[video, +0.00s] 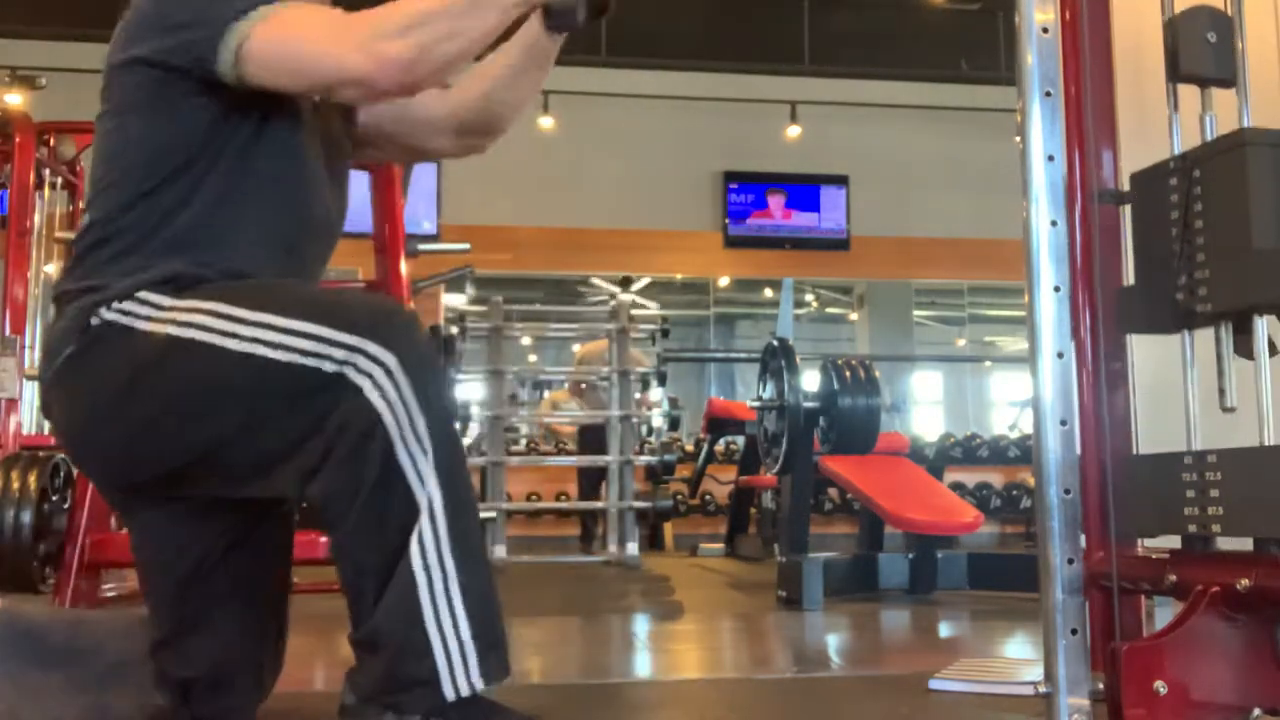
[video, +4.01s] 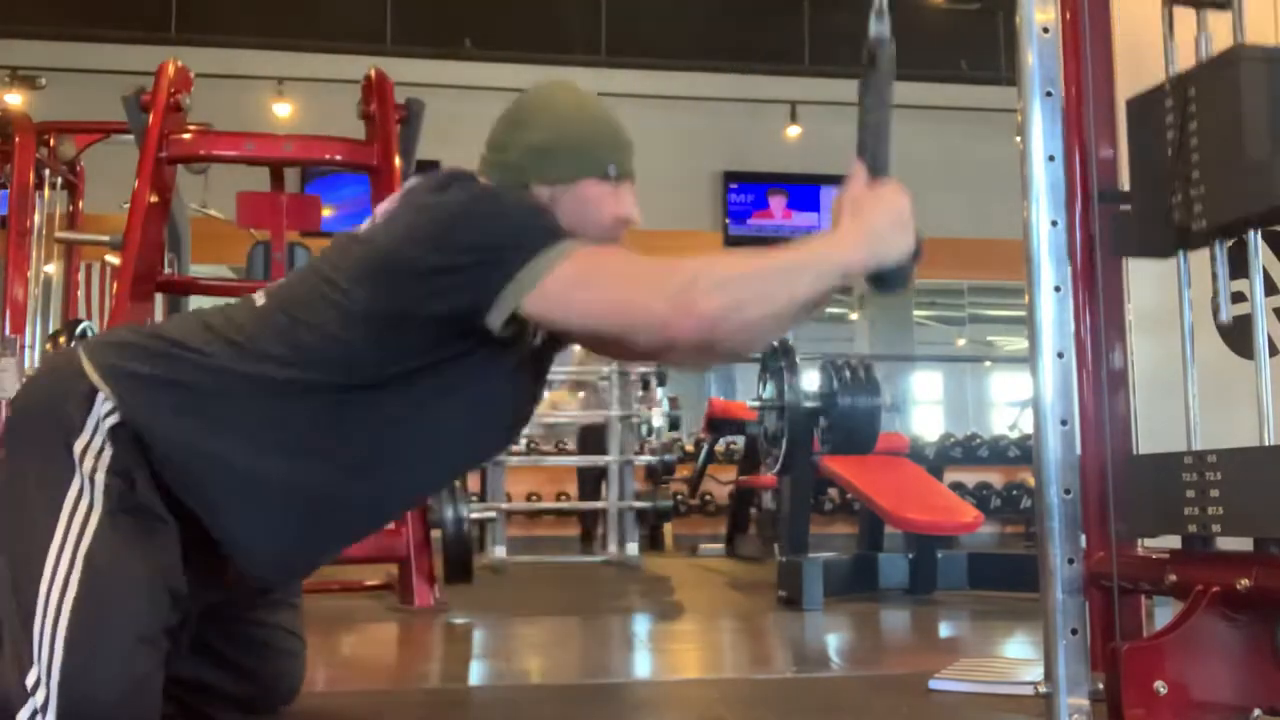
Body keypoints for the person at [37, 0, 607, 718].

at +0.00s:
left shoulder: (302, 93)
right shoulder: (173, 14)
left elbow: (465, 120)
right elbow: (372, 57)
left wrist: (557, 14)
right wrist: (532, 5)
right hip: (124, 329)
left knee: (217, 683)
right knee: (375, 353)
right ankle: (428, 694)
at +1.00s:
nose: (244, 12)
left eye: (254, 5)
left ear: (264, 30)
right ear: (162, 6)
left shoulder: (269, 128)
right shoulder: (130, 59)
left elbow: (409, 167)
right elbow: (273, 114)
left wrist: (502, 92)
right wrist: (449, 52)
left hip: (219, 448)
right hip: (103, 411)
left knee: (239, 679)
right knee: (100, 676)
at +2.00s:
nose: (499, 151)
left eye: (503, 129)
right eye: (483, 119)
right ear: (410, 104)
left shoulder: (438, 244)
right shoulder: (310, 159)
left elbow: (514, 389)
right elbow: (413, 329)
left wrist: (610, 331)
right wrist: (597, 298)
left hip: (207, 491)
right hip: (78, 448)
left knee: (259, 683)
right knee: (112, 696)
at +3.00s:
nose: (564, 482)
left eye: (577, 461)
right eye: (563, 451)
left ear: (506, 417)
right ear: (505, 415)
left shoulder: (458, 464)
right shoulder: (369, 427)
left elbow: (455, 625)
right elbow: (336, 667)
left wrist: (549, 646)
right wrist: (528, 662)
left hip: (168, 500)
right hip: (46, 449)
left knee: (238, 685)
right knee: (82, 703)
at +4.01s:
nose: (632, 212)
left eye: (628, 185)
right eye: (616, 187)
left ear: (555, 192)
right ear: (556, 186)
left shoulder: (521, 273)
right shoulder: (466, 223)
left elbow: (674, 305)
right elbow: (688, 316)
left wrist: (830, 251)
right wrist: (846, 248)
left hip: (230, 506)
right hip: (114, 435)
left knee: (249, 688)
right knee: (77, 699)